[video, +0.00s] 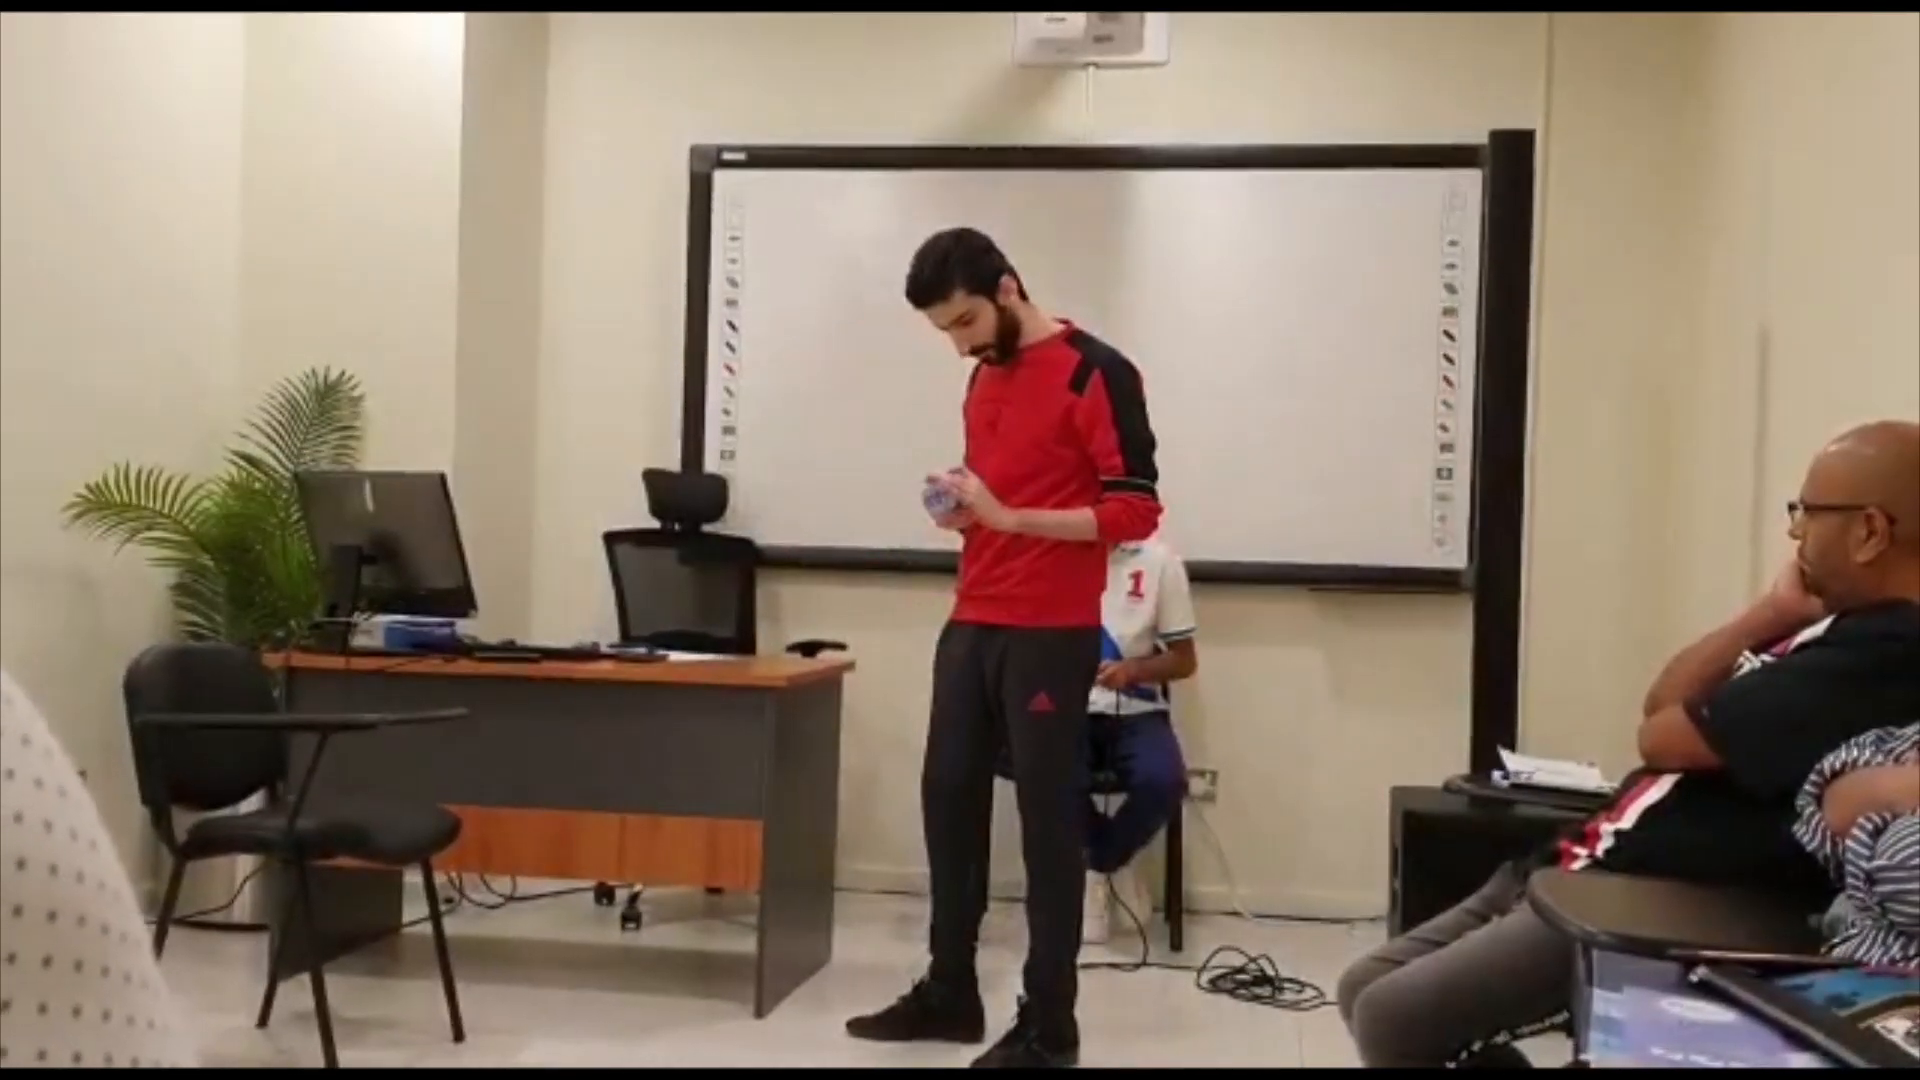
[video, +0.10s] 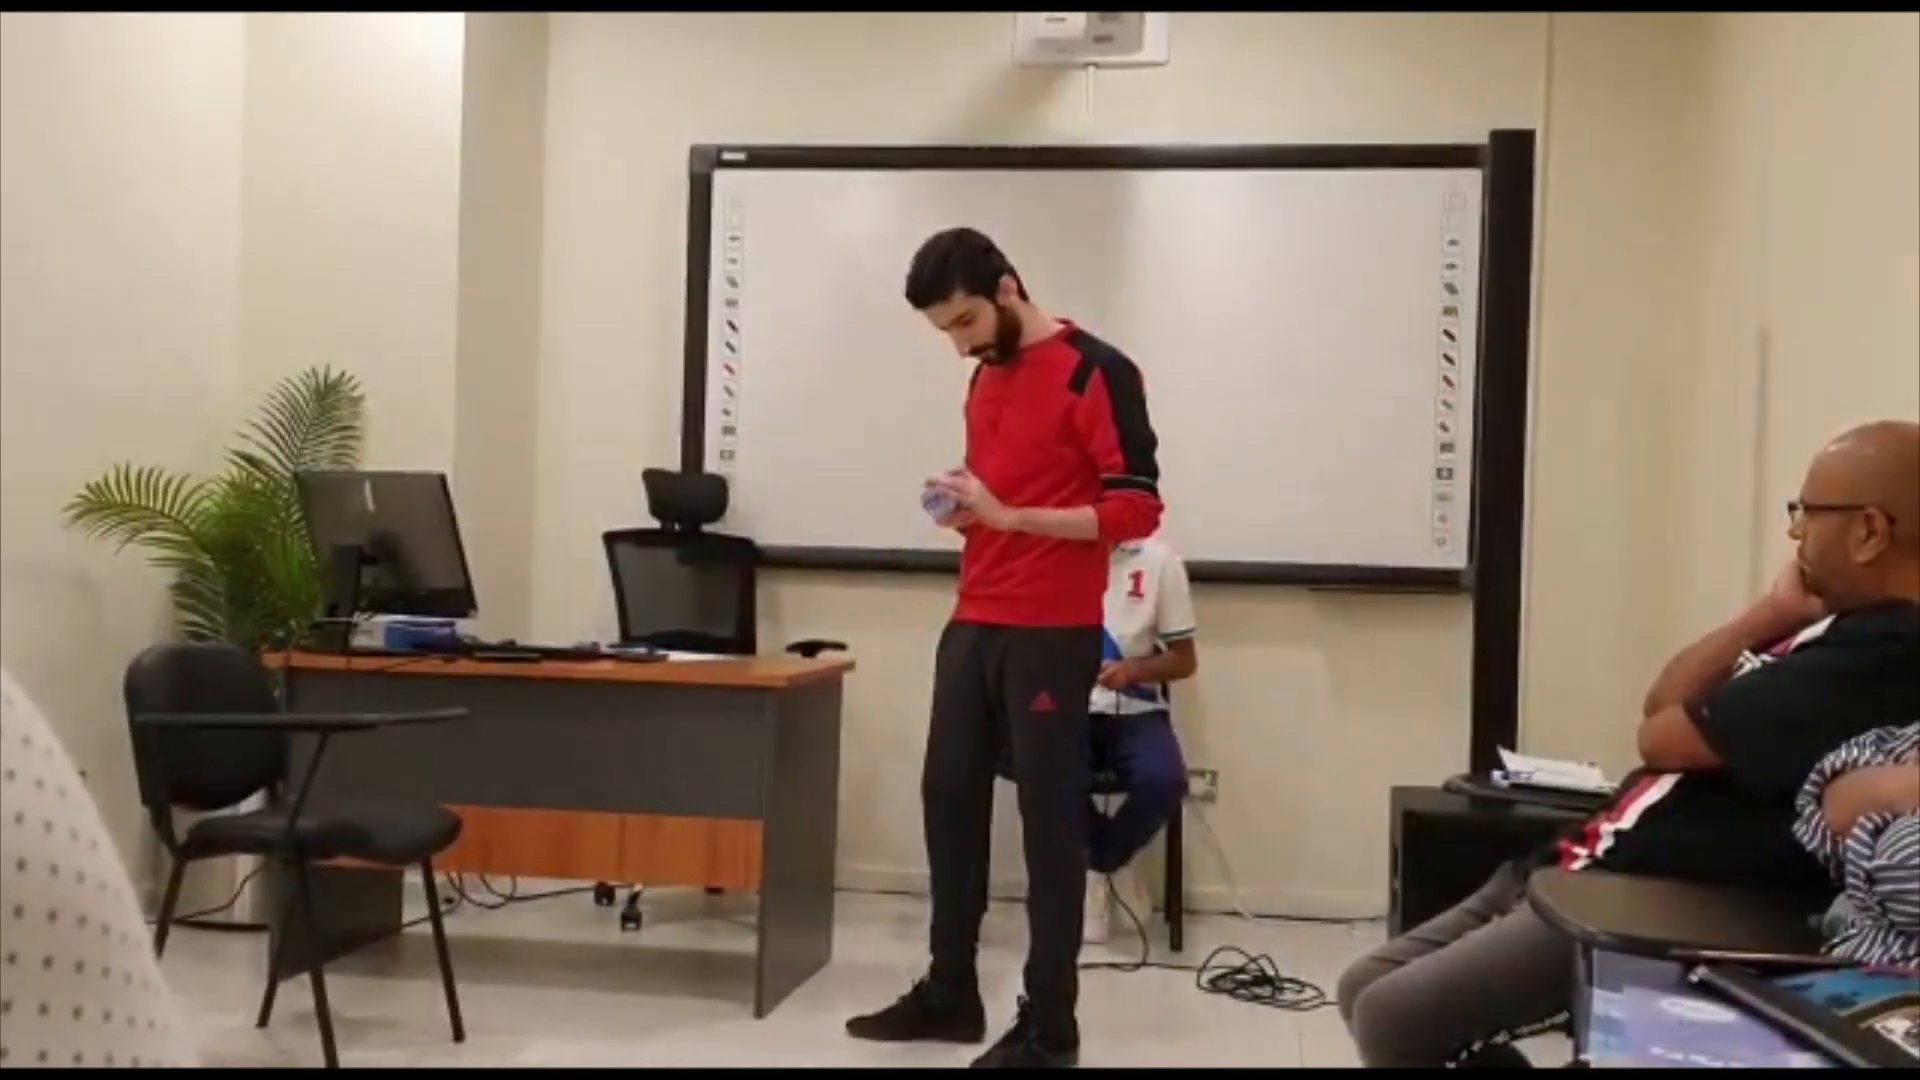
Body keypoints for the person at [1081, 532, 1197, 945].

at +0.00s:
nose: (1122, 510)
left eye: (1132, 495)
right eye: (1110, 497)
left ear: (1143, 501)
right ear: (1087, 500)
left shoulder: (1157, 561)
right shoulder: (1064, 558)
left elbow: (1184, 659)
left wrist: (1132, 670)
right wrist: (1067, 667)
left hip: (1139, 713)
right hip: (1073, 711)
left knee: (1162, 782)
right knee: (1050, 781)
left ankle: (1096, 869)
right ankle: (1116, 863)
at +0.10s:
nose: (1122, 511)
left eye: (1132, 496)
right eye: (1111, 498)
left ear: (1143, 503)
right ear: (1087, 501)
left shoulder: (1157, 560)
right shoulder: (1064, 557)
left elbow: (1184, 659)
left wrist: (1132, 669)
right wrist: (1071, 666)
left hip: (1139, 714)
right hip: (1074, 712)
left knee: (1162, 782)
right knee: (1050, 782)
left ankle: (1096, 871)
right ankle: (1117, 864)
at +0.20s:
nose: (1123, 509)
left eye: (1134, 493)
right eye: (1112, 494)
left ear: (1145, 501)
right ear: (1087, 499)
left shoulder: (1157, 558)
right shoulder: (1064, 556)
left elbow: (1184, 660)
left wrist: (1133, 669)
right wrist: (1072, 666)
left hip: (1139, 715)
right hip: (1074, 713)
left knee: (1163, 783)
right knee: (1048, 782)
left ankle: (1098, 868)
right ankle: (1119, 861)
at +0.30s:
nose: (1121, 507)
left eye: (1131, 492)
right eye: (1110, 495)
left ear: (1144, 499)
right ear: (1087, 499)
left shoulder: (1157, 557)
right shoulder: (1064, 555)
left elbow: (1184, 659)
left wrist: (1133, 670)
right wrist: (1068, 666)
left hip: (1138, 714)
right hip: (1071, 712)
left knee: (1164, 783)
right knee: (1045, 779)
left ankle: (1098, 870)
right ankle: (1117, 858)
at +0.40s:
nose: (1120, 510)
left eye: (1131, 495)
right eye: (1112, 497)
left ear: (1143, 501)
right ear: (1087, 501)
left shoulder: (1157, 558)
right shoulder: (1065, 557)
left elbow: (1184, 660)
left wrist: (1134, 669)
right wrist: (1068, 665)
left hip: (1138, 714)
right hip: (1072, 713)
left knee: (1164, 783)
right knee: (1042, 776)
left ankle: (1097, 868)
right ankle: (1113, 846)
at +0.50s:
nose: (1119, 511)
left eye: (1129, 496)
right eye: (1110, 497)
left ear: (1141, 502)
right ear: (1085, 501)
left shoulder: (1157, 559)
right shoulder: (1065, 560)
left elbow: (1185, 660)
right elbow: (1037, 634)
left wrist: (1134, 670)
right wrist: (1068, 665)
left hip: (1139, 714)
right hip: (1073, 713)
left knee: (1164, 783)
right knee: (1044, 776)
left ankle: (1098, 869)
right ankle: (1117, 856)